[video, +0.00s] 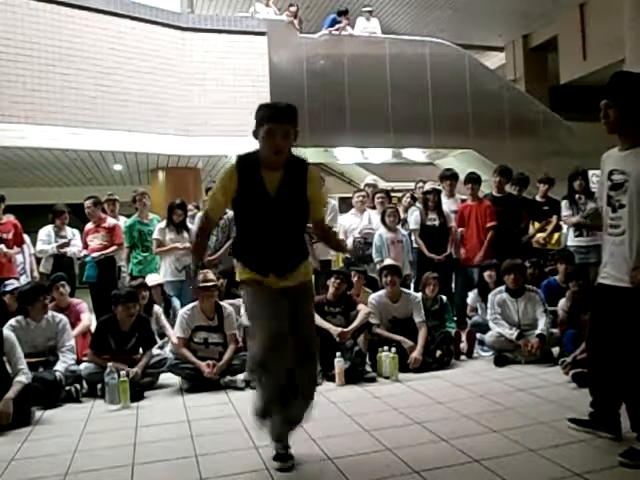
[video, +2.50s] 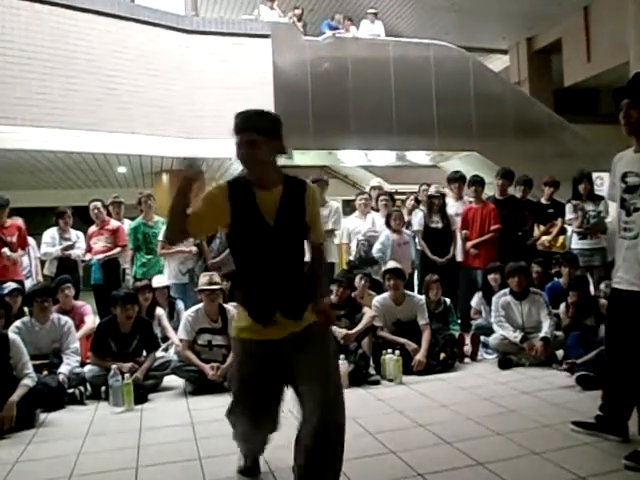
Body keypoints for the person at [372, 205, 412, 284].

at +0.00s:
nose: (392, 219)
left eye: (394, 216)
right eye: (389, 216)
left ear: (398, 218)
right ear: (384, 218)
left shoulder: (403, 234)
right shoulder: (380, 234)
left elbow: (408, 252)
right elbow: (376, 253)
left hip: (403, 269)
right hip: (387, 268)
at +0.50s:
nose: (396, 221)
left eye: (399, 218)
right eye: (393, 219)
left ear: (402, 220)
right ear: (388, 221)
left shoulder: (408, 236)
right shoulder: (384, 236)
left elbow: (414, 253)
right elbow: (377, 253)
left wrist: (412, 263)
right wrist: (385, 262)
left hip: (407, 270)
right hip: (390, 269)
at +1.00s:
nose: (396, 222)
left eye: (398, 219)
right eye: (393, 219)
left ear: (402, 220)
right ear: (388, 221)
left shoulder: (409, 235)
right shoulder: (384, 236)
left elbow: (415, 252)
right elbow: (377, 255)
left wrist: (411, 266)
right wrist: (389, 265)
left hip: (407, 272)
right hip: (390, 272)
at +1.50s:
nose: (397, 222)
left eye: (399, 218)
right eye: (393, 219)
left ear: (403, 220)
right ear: (388, 221)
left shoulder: (408, 235)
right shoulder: (385, 237)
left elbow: (414, 251)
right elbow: (382, 255)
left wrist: (413, 265)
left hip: (408, 272)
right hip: (392, 272)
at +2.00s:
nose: (397, 222)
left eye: (399, 219)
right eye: (393, 219)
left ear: (403, 221)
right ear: (388, 221)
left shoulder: (408, 235)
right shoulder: (386, 237)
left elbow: (413, 251)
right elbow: (383, 255)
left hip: (408, 271)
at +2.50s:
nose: (398, 222)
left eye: (400, 219)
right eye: (394, 220)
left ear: (403, 221)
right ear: (389, 221)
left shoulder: (409, 235)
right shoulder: (386, 235)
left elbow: (414, 249)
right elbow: (376, 251)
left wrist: (413, 261)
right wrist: (385, 264)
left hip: (408, 271)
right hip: (392, 271)